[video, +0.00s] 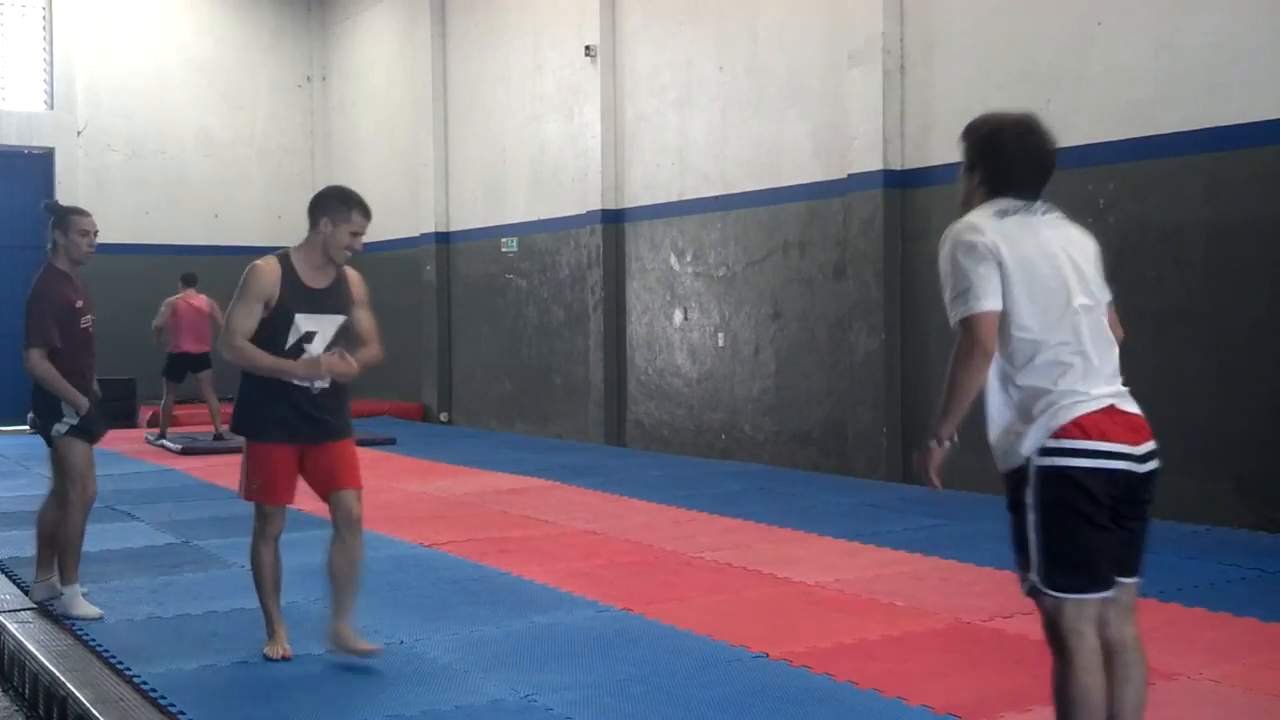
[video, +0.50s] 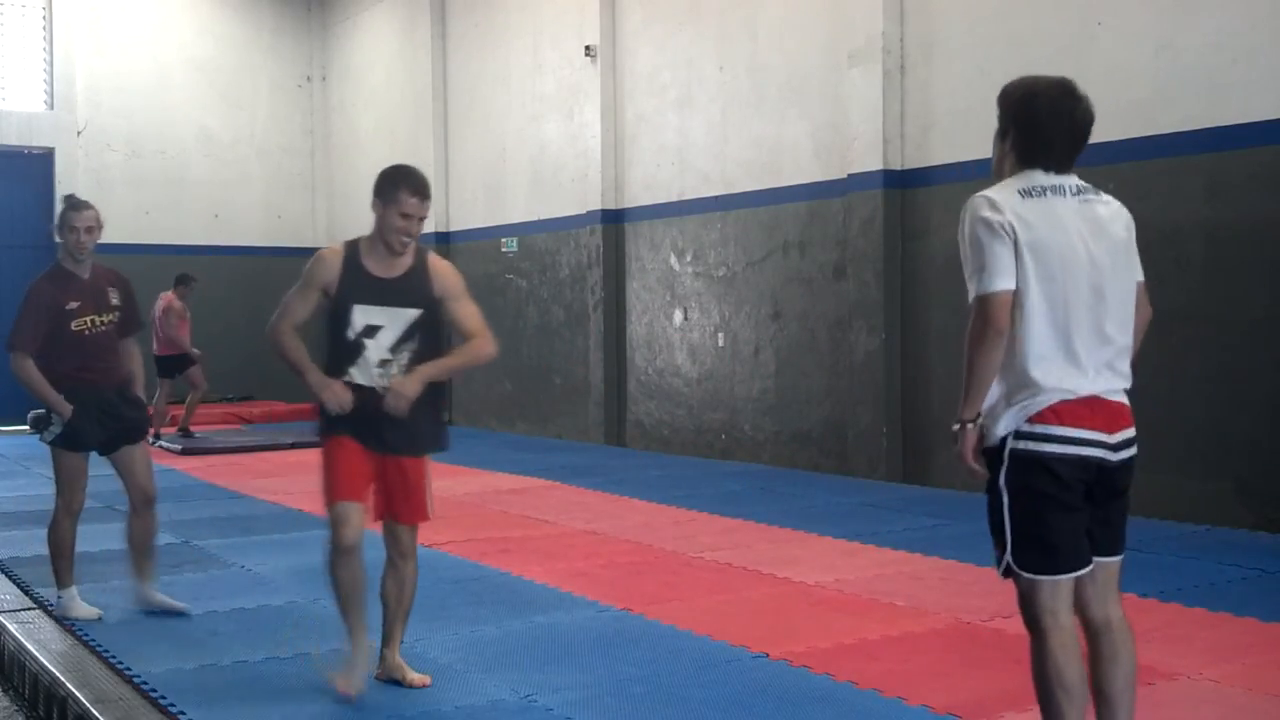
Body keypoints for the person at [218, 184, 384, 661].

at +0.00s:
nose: (358, 244)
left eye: (362, 236)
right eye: (353, 234)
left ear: (341, 231)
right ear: (324, 225)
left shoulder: (350, 281)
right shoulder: (266, 274)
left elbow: (372, 348)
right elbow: (231, 345)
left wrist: (348, 363)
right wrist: (299, 368)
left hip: (327, 421)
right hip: (270, 422)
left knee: (350, 514)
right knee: (269, 527)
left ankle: (341, 626)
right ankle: (275, 631)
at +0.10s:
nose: (366, 245)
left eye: (370, 237)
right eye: (359, 235)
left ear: (366, 235)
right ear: (329, 227)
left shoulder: (366, 285)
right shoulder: (277, 276)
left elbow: (382, 351)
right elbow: (233, 347)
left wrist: (375, 370)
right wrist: (295, 362)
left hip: (340, 431)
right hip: (280, 431)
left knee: (363, 530)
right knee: (278, 532)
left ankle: (378, 638)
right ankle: (280, 632)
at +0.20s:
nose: (379, 247)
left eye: (385, 239)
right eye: (371, 236)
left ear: (386, 239)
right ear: (343, 229)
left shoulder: (386, 291)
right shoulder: (293, 279)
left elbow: (392, 369)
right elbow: (264, 355)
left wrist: (366, 369)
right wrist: (317, 370)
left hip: (357, 437)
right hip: (296, 436)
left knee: (380, 541)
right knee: (289, 539)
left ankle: (390, 653)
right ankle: (284, 631)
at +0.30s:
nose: (396, 239)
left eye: (403, 231)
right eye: (388, 228)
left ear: (406, 231)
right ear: (360, 220)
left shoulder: (406, 285)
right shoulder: (307, 273)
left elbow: (426, 360)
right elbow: (273, 347)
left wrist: (378, 368)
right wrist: (326, 374)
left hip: (377, 435)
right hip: (316, 434)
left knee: (390, 543)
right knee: (306, 547)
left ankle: (390, 654)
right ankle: (295, 611)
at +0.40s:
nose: (403, 231)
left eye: (411, 223)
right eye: (396, 220)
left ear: (416, 221)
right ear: (369, 211)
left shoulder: (423, 276)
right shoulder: (321, 264)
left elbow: (461, 350)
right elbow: (273, 334)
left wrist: (397, 376)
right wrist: (327, 375)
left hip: (393, 430)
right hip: (333, 426)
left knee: (397, 544)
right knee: (327, 541)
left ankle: (390, 654)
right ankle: (322, 614)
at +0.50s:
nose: (411, 227)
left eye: (419, 218)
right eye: (402, 216)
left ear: (427, 216)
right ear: (377, 208)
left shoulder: (437, 272)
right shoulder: (334, 264)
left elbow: (485, 345)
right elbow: (281, 328)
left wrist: (419, 377)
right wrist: (318, 380)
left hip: (406, 430)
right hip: (347, 423)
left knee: (403, 545)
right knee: (346, 538)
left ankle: (392, 653)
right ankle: (358, 648)